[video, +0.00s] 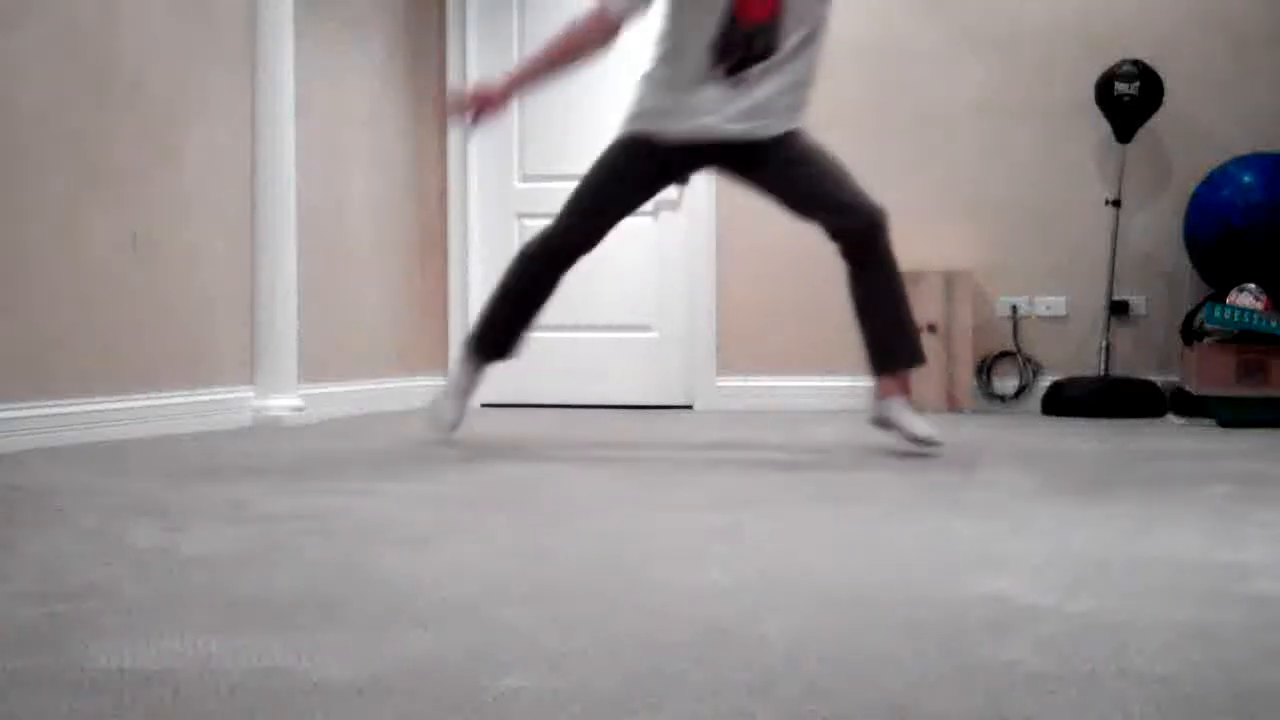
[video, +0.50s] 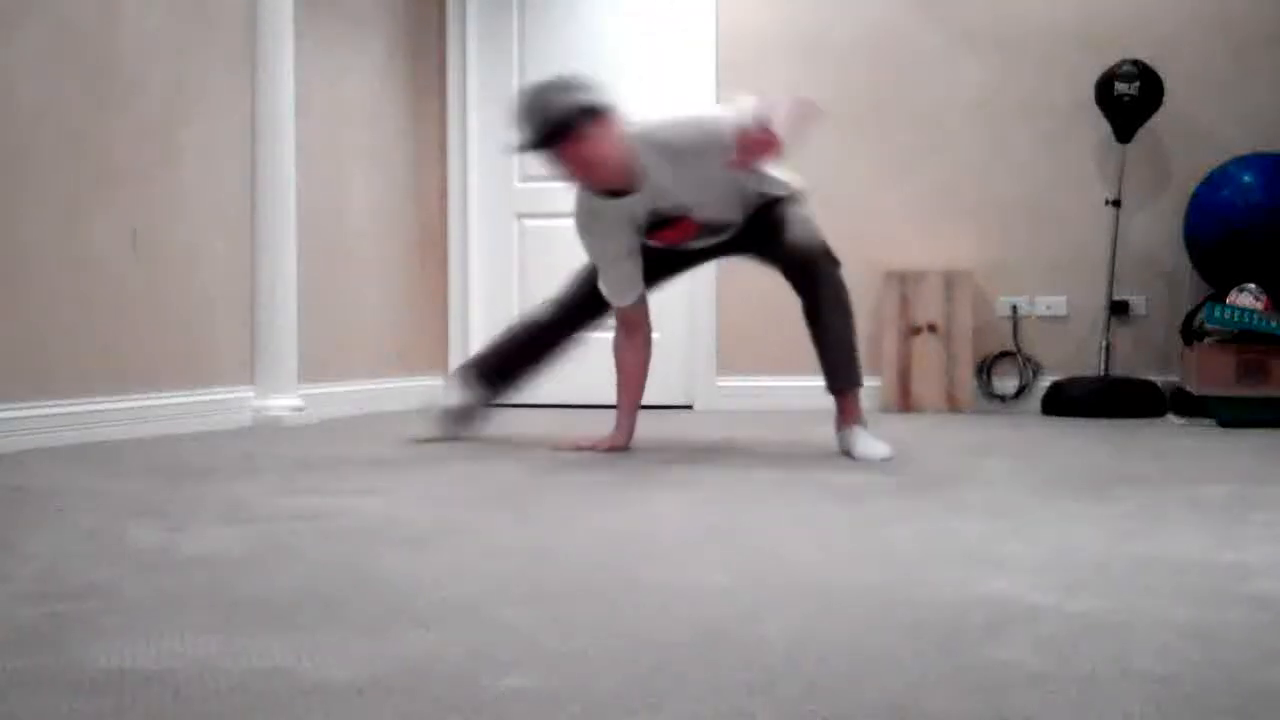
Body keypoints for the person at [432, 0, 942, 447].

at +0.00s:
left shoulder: (811, 11)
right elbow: (601, 25)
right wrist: (504, 90)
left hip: (763, 131)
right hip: (665, 128)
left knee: (863, 225)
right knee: (564, 241)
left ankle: (892, 395)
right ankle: (471, 367)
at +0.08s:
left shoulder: (792, 8)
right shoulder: (662, 11)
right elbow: (590, 92)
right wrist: (498, 165)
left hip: (734, 166)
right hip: (638, 171)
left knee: (834, 246)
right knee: (547, 282)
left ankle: (862, 416)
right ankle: (447, 386)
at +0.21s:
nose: (726, 42)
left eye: (737, 29)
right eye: (715, 28)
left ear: (752, 29)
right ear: (692, 29)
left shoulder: (762, 67)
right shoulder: (657, 96)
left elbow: (835, 52)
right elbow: (604, 203)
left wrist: (904, 19)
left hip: (693, 217)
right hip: (612, 224)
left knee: (801, 262)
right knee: (522, 342)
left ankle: (852, 423)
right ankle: (437, 433)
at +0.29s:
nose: (712, 91)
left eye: (720, 75)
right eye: (698, 78)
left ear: (734, 72)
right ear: (670, 80)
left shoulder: (751, 98)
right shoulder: (634, 140)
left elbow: (842, 91)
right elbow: (619, 289)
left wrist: (932, 71)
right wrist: (585, 409)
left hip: (685, 232)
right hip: (602, 241)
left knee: (791, 262)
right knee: (510, 357)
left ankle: (849, 423)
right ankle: (436, 425)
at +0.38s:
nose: (681, 127)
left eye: (687, 110)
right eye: (664, 118)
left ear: (700, 104)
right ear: (638, 124)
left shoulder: (733, 117)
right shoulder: (619, 185)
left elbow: (830, 113)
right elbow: (633, 319)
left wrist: (891, 117)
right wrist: (622, 431)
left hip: (696, 233)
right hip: (620, 248)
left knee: (793, 262)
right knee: (522, 349)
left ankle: (849, 424)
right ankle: (429, 430)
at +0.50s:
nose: (575, 157)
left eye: (578, 137)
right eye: (561, 151)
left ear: (608, 124)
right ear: (557, 162)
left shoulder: (676, 141)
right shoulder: (597, 213)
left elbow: (785, 113)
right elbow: (631, 326)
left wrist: (766, 137)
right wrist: (622, 434)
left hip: (754, 214)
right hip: (671, 241)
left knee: (817, 266)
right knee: (572, 308)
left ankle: (851, 424)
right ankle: (473, 391)